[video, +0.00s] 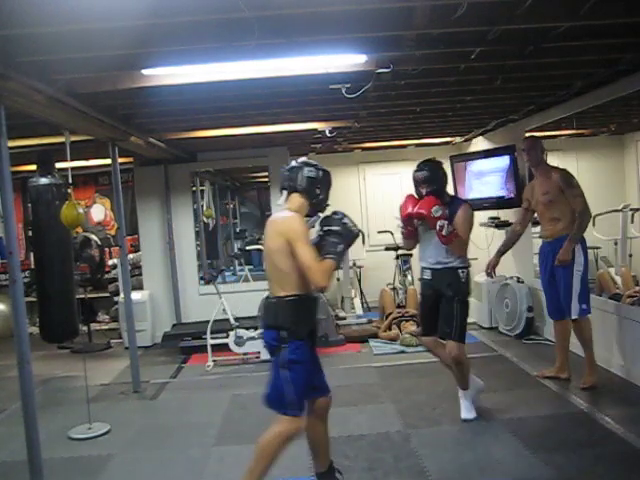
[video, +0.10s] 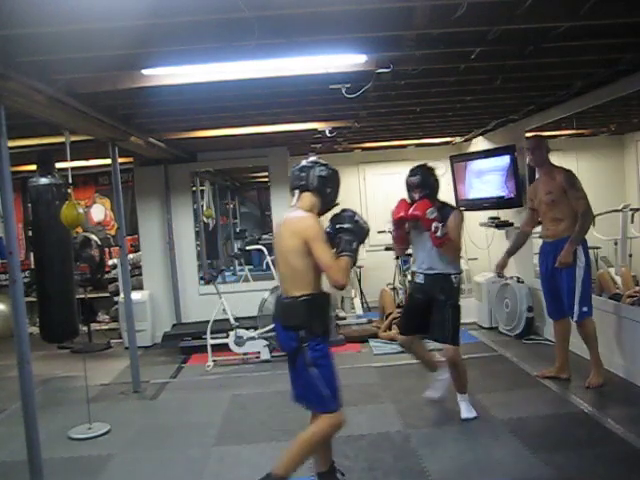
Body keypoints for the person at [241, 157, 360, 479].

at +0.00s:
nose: (323, 198)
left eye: (323, 192)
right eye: (322, 190)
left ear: (291, 187)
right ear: (314, 189)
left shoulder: (278, 221)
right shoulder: (292, 222)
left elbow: (302, 275)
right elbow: (319, 279)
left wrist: (326, 246)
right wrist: (336, 248)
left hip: (288, 322)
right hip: (288, 325)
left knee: (319, 402)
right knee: (292, 419)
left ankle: (325, 473)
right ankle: (251, 475)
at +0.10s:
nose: (332, 199)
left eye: (332, 193)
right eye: (331, 192)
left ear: (300, 186)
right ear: (323, 189)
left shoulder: (287, 222)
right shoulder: (307, 223)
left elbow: (311, 268)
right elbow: (339, 278)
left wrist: (336, 242)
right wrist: (350, 243)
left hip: (293, 317)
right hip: (305, 321)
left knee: (320, 407)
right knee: (333, 417)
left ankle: (325, 471)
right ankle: (275, 475)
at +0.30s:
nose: (356, 193)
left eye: (354, 187)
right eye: (354, 186)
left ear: (323, 182)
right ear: (346, 185)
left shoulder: (304, 217)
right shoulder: (338, 219)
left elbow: (293, 266)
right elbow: (369, 272)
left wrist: (327, 248)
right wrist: (376, 235)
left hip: (309, 313)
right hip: (333, 317)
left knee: (334, 398)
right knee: (370, 401)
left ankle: (327, 471)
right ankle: (362, 475)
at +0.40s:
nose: (364, 196)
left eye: (363, 191)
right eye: (363, 190)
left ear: (332, 186)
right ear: (355, 188)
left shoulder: (312, 220)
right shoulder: (353, 221)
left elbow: (297, 268)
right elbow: (385, 269)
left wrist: (327, 252)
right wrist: (387, 236)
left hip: (319, 313)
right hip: (346, 314)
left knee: (350, 389)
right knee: (374, 401)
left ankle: (334, 463)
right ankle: (361, 475)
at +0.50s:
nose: (369, 190)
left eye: (368, 184)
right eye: (367, 184)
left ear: (335, 183)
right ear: (359, 183)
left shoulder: (316, 217)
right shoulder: (364, 216)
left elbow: (299, 264)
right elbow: (394, 267)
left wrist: (321, 241)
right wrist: (399, 242)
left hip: (329, 309)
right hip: (357, 310)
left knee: (356, 387)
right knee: (370, 400)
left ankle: (349, 458)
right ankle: (360, 474)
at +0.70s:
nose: (364, 193)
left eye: (359, 189)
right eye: (365, 188)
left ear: (337, 190)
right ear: (365, 187)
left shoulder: (324, 220)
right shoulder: (377, 216)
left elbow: (310, 256)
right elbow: (410, 261)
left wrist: (331, 234)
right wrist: (388, 238)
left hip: (340, 310)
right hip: (371, 310)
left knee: (360, 391)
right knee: (380, 397)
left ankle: (372, 455)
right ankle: (364, 472)